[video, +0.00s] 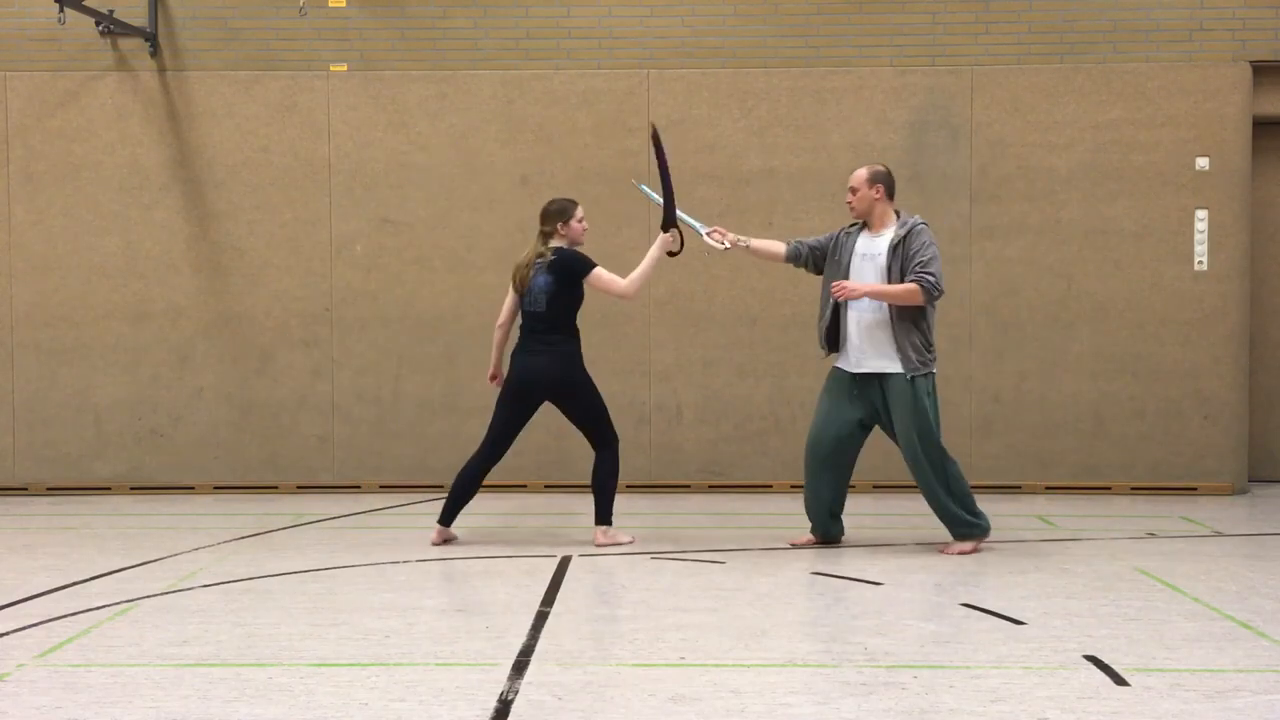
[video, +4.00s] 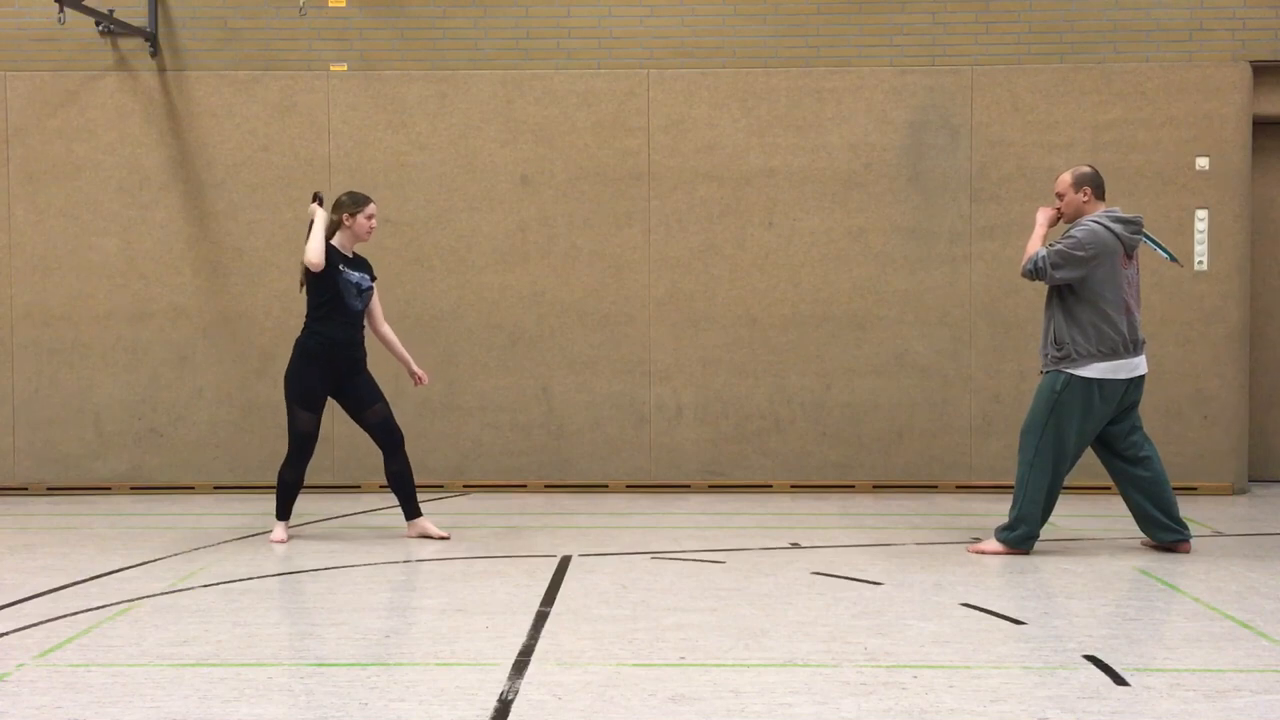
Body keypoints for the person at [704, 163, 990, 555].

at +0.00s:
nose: (847, 199)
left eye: (853, 191)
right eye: (847, 192)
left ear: (879, 193)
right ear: (872, 195)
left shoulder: (914, 234)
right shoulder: (845, 240)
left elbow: (927, 290)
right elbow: (795, 251)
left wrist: (866, 290)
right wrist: (737, 241)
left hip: (902, 371)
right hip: (849, 370)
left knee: (925, 454)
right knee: (823, 448)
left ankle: (971, 531)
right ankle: (825, 530)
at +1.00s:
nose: (853, 203)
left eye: (859, 196)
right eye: (853, 196)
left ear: (884, 196)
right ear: (876, 197)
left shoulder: (921, 235)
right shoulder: (854, 243)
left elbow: (937, 293)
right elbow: (820, 279)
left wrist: (877, 297)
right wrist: (779, 289)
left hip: (912, 373)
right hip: (859, 372)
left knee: (935, 453)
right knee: (829, 441)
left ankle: (974, 535)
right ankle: (826, 529)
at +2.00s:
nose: (866, 215)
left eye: (870, 208)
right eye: (863, 208)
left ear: (896, 203)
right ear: (888, 205)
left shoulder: (936, 240)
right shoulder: (869, 245)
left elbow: (953, 300)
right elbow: (845, 296)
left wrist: (898, 302)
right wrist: (815, 320)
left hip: (916, 371)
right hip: (867, 371)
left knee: (920, 453)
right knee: (839, 443)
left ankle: (975, 527)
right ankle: (826, 527)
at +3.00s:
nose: (997, 223)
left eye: (998, 215)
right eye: (995, 216)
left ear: (1017, 207)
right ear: (1028, 206)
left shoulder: (1027, 243)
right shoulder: (1071, 235)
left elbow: (1018, 305)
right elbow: (1076, 295)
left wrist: (962, 299)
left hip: (1050, 372)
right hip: (1095, 366)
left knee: (995, 443)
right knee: (1114, 446)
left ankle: (988, 538)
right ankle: (1166, 524)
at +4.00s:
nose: (1057, 204)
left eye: (1061, 197)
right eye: (1057, 197)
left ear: (1085, 194)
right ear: (1091, 195)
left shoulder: (1090, 235)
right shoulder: (1120, 230)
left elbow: (1033, 266)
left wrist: (1041, 225)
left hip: (1085, 370)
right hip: (1124, 368)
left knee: (1040, 445)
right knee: (1130, 449)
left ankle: (1016, 537)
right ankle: (1172, 534)